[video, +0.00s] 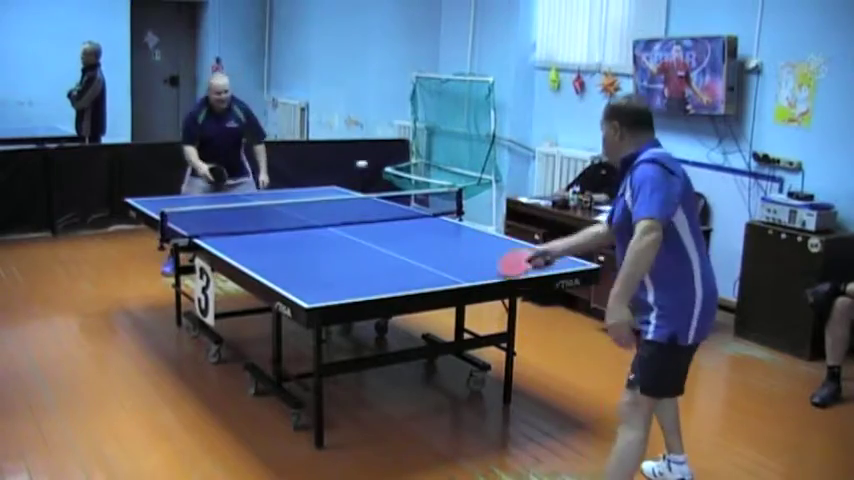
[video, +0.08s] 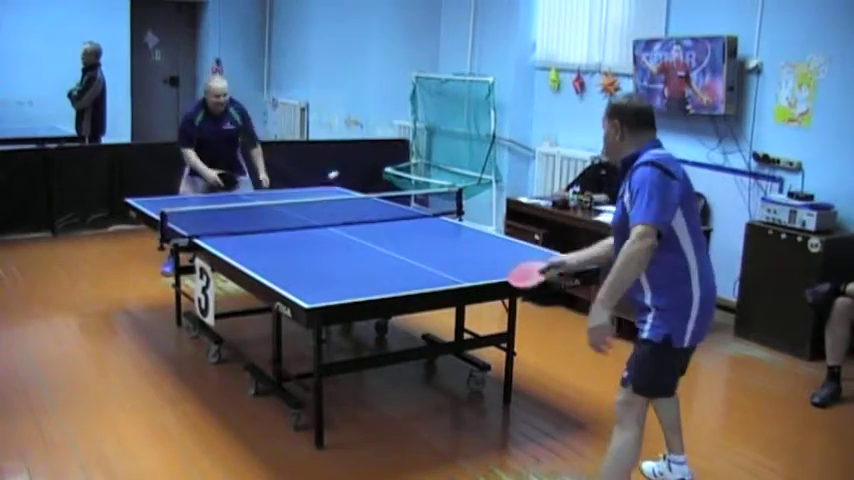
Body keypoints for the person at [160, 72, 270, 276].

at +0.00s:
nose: (221, 97)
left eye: (225, 92)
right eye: (216, 93)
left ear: (231, 92)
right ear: (208, 93)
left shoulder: (241, 111)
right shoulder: (196, 114)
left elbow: (258, 141)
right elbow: (188, 145)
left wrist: (263, 172)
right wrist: (200, 166)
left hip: (238, 175)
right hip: (203, 174)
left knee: (253, 214)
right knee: (185, 213)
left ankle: (258, 261)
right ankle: (174, 255)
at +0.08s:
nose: (220, 100)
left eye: (224, 95)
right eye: (215, 96)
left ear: (228, 95)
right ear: (206, 96)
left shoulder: (238, 112)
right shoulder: (193, 117)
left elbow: (253, 144)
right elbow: (187, 150)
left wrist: (261, 171)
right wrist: (206, 173)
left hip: (235, 172)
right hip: (199, 171)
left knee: (249, 211)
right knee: (184, 212)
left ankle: (253, 257)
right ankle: (174, 255)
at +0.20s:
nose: (232, 101)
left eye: (234, 96)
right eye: (227, 96)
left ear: (236, 96)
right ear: (214, 95)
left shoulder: (236, 111)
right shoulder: (199, 117)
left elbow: (250, 136)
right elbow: (198, 152)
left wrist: (271, 154)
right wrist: (230, 169)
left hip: (225, 168)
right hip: (196, 169)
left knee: (248, 203)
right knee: (187, 207)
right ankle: (174, 253)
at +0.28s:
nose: (245, 102)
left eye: (247, 98)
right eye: (242, 97)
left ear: (243, 96)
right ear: (228, 94)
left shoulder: (238, 111)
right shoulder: (209, 113)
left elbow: (252, 131)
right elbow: (207, 149)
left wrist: (282, 138)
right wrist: (236, 165)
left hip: (221, 166)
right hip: (194, 166)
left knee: (247, 199)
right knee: (189, 206)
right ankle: (171, 254)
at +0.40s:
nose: (261, 106)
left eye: (262, 103)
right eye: (260, 102)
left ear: (251, 97)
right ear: (250, 97)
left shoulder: (243, 111)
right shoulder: (228, 112)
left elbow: (240, 133)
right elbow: (220, 149)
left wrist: (260, 132)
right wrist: (242, 172)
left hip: (223, 164)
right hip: (199, 164)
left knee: (240, 205)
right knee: (190, 207)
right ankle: (167, 253)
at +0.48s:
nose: (272, 111)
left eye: (274, 107)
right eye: (272, 106)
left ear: (261, 97)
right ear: (265, 102)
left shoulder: (245, 109)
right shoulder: (240, 114)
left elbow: (245, 136)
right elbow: (229, 149)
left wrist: (260, 145)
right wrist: (242, 177)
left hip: (219, 166)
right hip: (201, 166)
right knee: (193, 209)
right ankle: (167, 253)